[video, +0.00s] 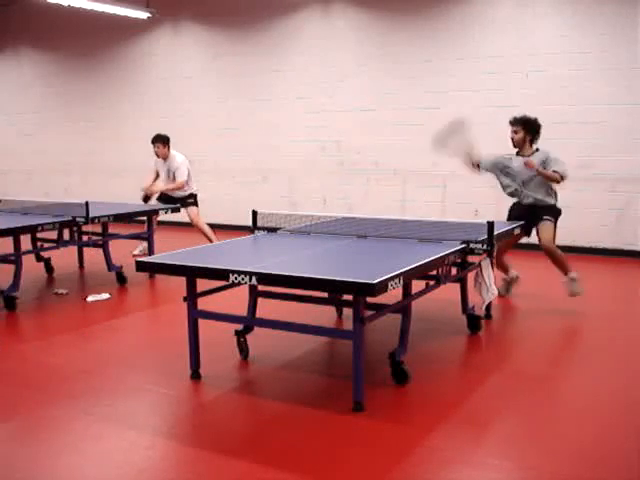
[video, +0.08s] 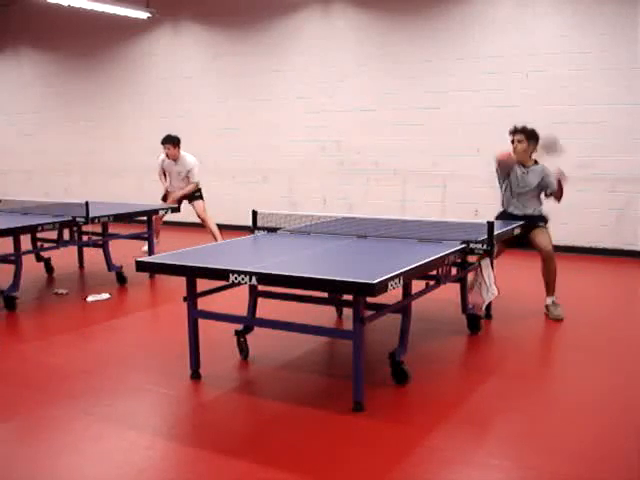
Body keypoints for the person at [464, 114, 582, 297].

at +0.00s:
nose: (511, 136)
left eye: (515, 132)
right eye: (511, 133)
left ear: (528, 136)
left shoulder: (544, 157)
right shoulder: (508, 161)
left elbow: (558, 178)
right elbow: (478, 164)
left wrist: (537, 169)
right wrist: (466, 151)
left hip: (545, 209)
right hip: (521, 209)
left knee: (547, 245)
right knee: (496, 252)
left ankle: (571, 276)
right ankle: (510, 276)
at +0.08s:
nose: (514, 146)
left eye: (519, 142)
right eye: (512, 142)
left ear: (532, 147)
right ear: (512, 145)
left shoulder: (541, 171)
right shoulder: (507, 168)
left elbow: (557, 197)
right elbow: (504, 163)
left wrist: (559, 184)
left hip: (534, 219)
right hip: (508, 218)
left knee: (548, 251)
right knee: (489, 250)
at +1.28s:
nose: (534, 119)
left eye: (537, 115)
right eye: (535, 115)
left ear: (546, 118)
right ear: (553, 119)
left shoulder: (551, 141)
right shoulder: (560, 140)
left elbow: (554, 171)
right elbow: (558, 172)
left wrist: (533, 183)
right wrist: (539, 187)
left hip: (561, 196)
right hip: (568, 194)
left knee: (549, 248)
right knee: (552, 246)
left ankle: (565, 298)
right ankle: (562, 292)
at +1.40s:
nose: (539, 115)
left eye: (542, 111)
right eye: (540, 111)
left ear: (553, 114)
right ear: (558, 115)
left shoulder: (554, 136)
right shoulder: (570, 136)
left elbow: (556, 164)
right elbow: (583, 166)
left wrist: (535, 176)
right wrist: (562, 177)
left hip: (561, 191)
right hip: (573, 189)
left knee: (556, 245)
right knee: (558, 243)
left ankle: (565, 298)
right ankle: (570, 288)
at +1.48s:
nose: (542, 116)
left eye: (545, 112)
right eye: (543, 111)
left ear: (556, 115)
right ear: (561, 116)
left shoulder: (557, 137)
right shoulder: (572, 137)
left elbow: (559, 165)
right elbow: (587, 165)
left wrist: (540, 174)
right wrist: (573, 181)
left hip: (562, 192)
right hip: (574, 190)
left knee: (559, 247)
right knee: (562, 244)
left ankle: (566, 298)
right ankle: (575, 287)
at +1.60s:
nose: (547, 117)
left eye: (550, 113)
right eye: (547, 113)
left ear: (562, 116)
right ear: (562, 117)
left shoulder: (566, 136)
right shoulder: (569, 136)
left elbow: (569, 167)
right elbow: (586, 168)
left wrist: (547, 175)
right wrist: (555, 177)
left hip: (570, 193)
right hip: (575, 191)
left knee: (563, 247)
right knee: (567, 245)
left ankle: (566, 297)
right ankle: (577, 288)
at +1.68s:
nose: (548, 117)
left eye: (552, 113)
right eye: (548, 113)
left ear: (563, 116)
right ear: (563, 117)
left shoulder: (569, 136)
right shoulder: (568, 136)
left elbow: (572, 167)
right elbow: (572, 167)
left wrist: (549, 175)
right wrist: (552, 178)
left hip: (572, 191)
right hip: (572, 190)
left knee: (565, 245)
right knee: (569, 244)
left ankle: (566, 296)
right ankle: (577, 289)